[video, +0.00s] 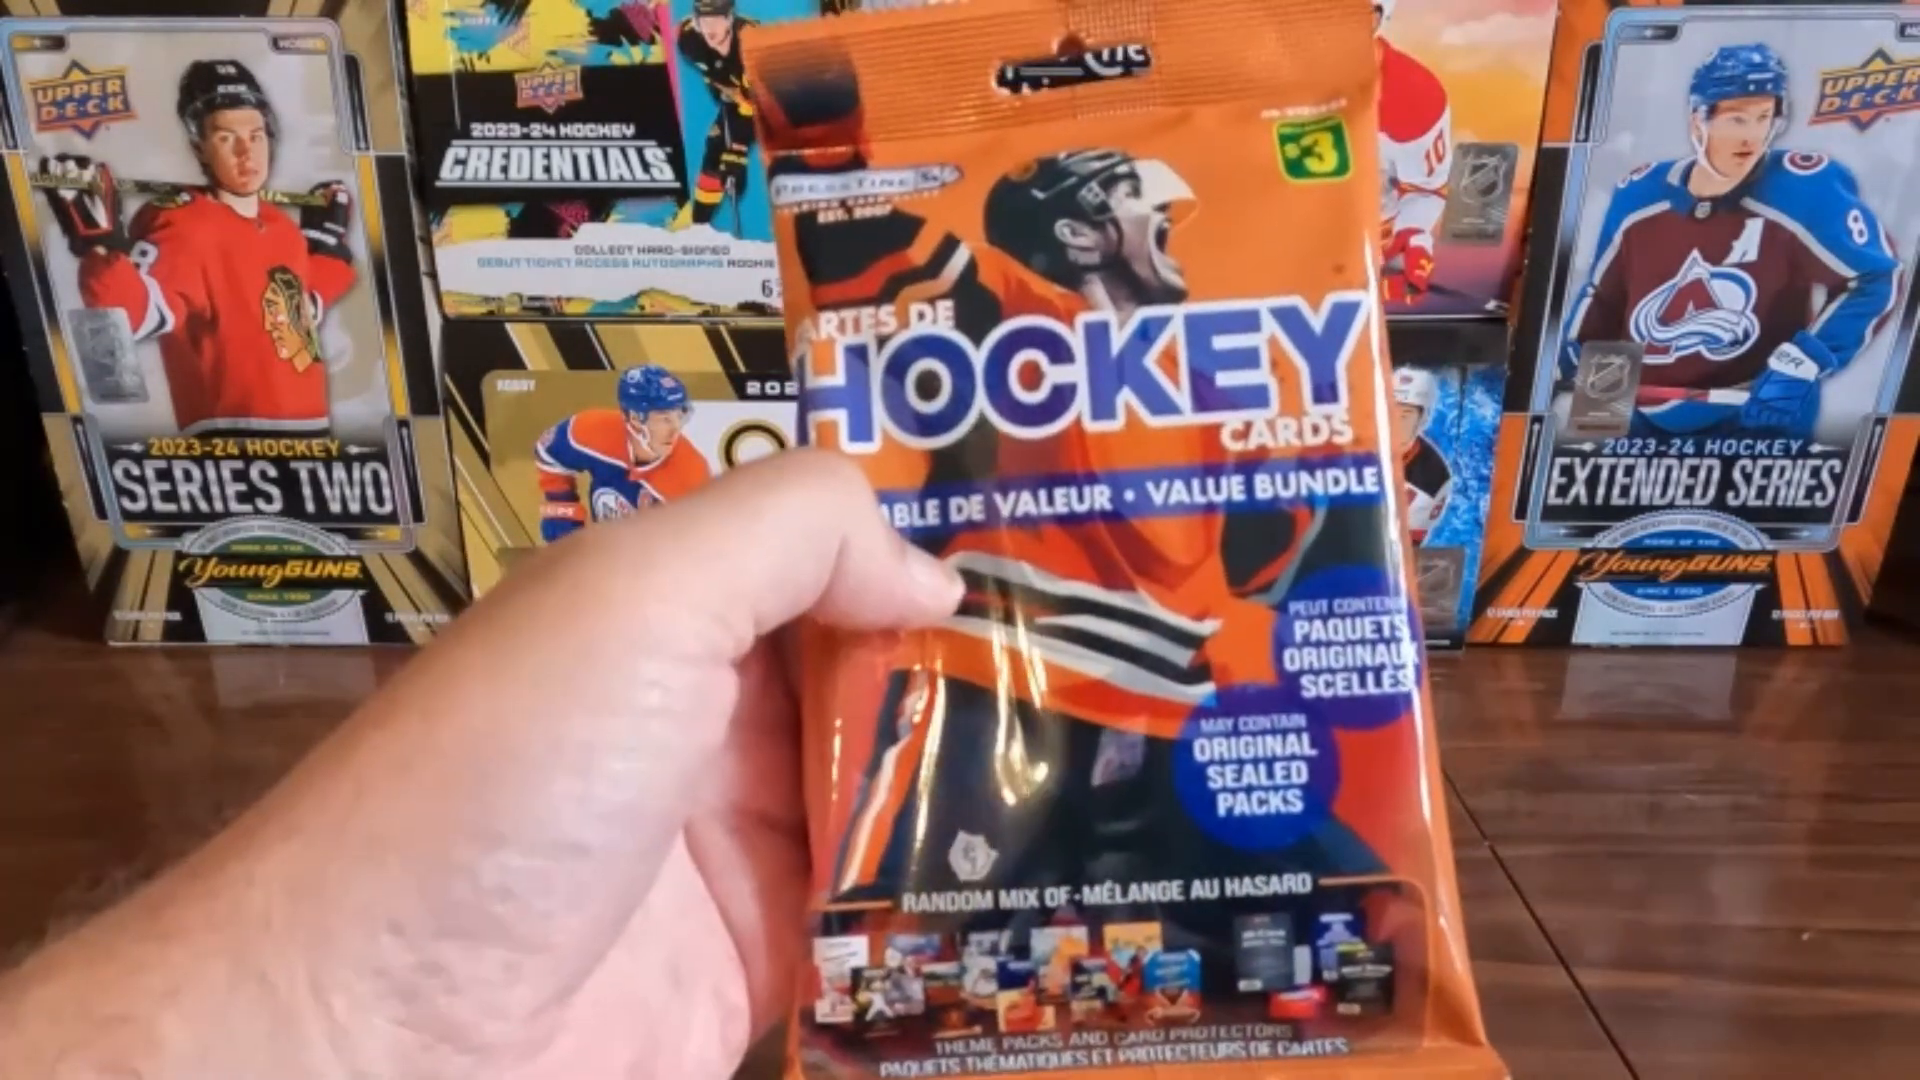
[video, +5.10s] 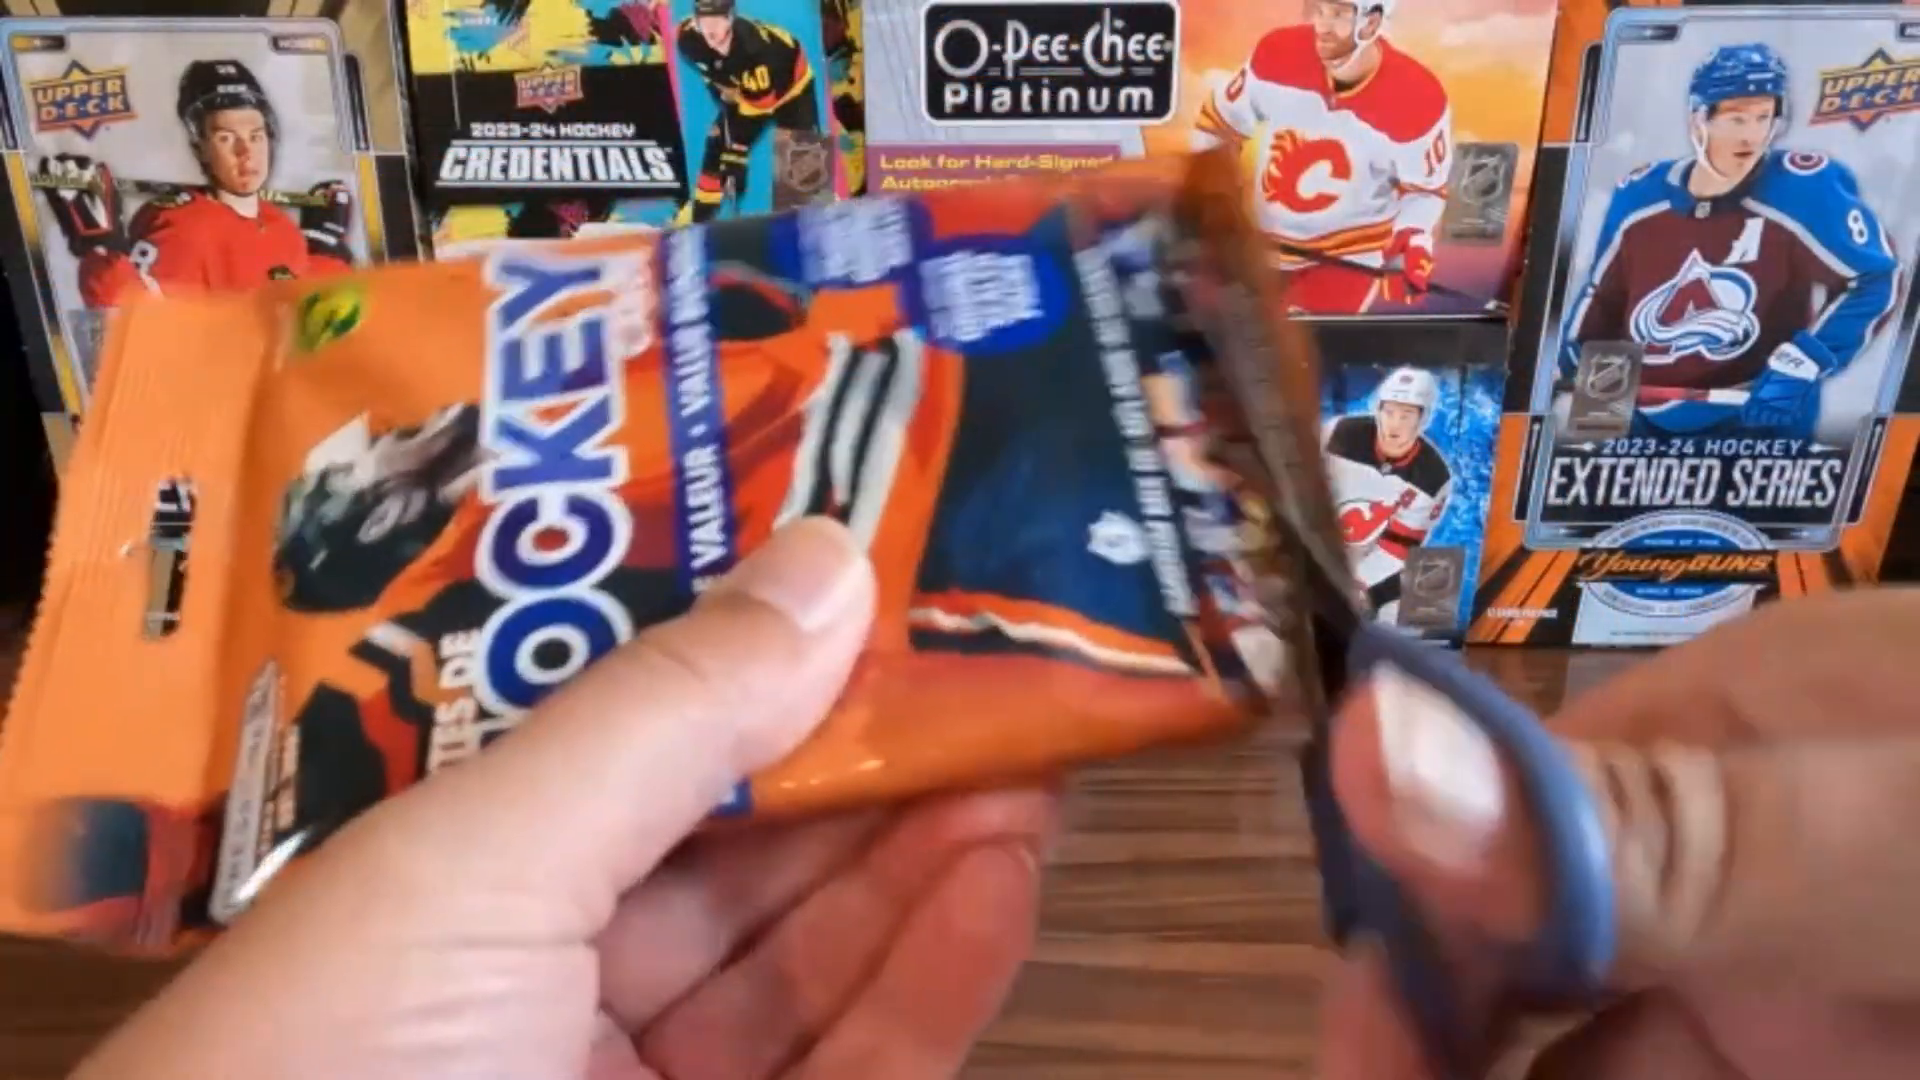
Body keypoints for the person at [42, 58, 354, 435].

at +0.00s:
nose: (247, 152)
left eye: (256, 135)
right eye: (228, 139)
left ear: (270, 140)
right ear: (201, 150)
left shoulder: (283, 227)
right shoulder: (183, 226)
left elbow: (303, 305)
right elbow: (142, 315)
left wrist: (334, 250)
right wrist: (100, 250)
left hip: (307, 432)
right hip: (230, 438)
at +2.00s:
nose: (247, 153)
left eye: (257, 135)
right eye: (227, 139)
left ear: (270, 139)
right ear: (200, 149)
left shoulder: (283, 229)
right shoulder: (183, 227)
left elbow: (302, 306)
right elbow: (137, 317)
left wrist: (332, 249)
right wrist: (100, 249)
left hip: (307, 435)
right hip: (230, 441)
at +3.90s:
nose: (246, 153)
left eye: (256, 136)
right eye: (226, 138)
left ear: (271, 141)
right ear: (200, 148)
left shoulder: (284, 226)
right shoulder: (183, 227)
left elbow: (316, 318)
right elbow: (139, 319)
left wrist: (330, 244)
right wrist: (101, 248)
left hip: (300, 417)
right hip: (217, 421)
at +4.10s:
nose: (246, 154)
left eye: (255, 135)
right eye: (227, 139)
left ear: (269, 138)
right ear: (200, 148)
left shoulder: (296, 215)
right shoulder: (177, 224)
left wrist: (333, 216)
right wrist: (100, 244)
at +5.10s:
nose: (247, 153)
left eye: (256, 136)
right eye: (228, 139)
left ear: (270, 141)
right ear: (201, 150)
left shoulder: (284, 229)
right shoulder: (179, 228)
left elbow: (312, 318)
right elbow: (153, 334)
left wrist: (331, 252)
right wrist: (102, 254)